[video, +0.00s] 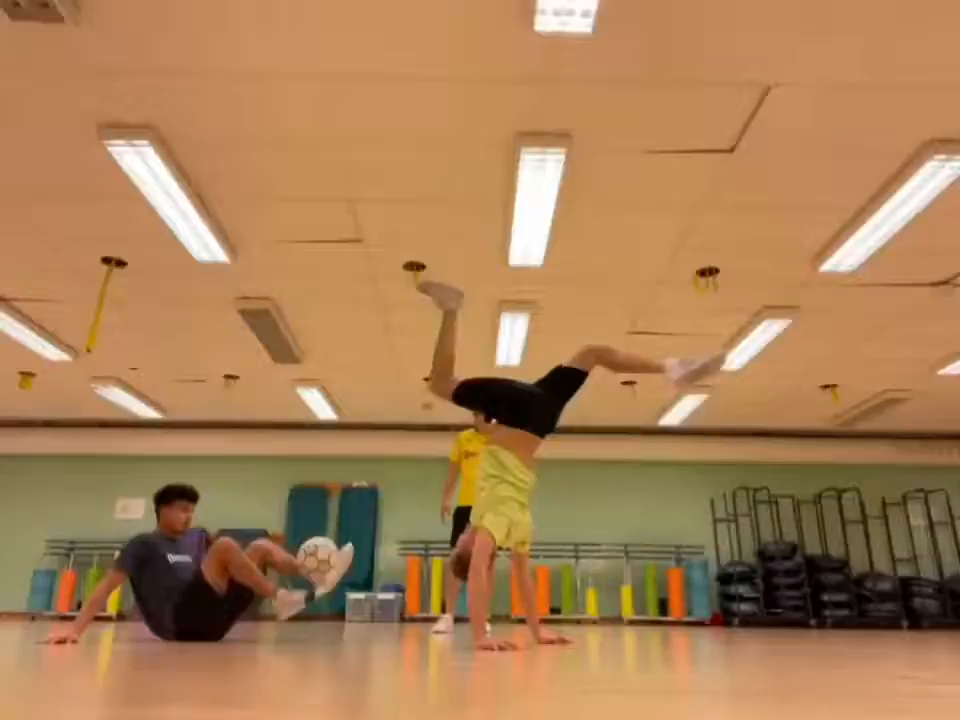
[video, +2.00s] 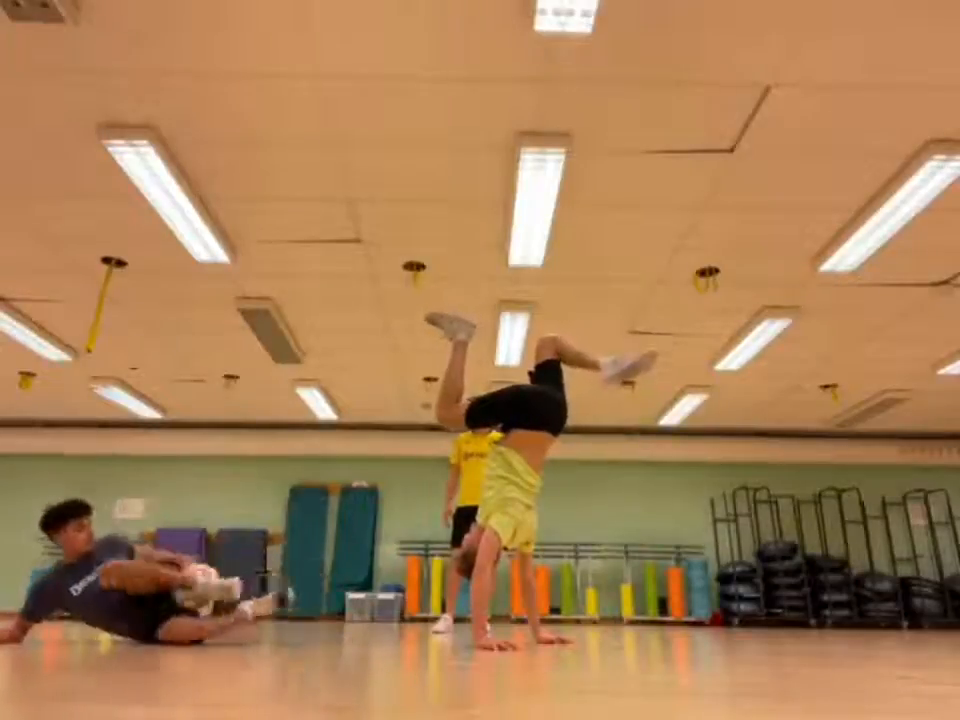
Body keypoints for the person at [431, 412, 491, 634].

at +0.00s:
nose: (478, 420)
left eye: (482, 415)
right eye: (475, 415)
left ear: (492, 417)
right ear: (472, 416)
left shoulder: (501, 439)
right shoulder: (464, 439)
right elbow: (453, 472)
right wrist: (446, 500)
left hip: (493, 506)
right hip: (467, 504)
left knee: (487, 565)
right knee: (456, 562)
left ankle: (483, 619)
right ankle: (448, 613)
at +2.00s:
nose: (477, 421)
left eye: (481, 415)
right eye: (473, 414)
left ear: (492, 416)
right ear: (466, 416)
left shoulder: (500, 439)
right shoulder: (463, 440)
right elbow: (454, 473)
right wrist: (449, 502)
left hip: (492, 504)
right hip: (466, 504)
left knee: (488, 564)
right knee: (457, 560)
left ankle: (483, 618)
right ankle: (449, 613)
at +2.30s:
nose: (478, 420)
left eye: (482, 414)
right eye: (474, 414)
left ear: (492, 416)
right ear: (467, 415)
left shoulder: (499, 439)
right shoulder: (462, 440)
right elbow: (454, 473)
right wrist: (449, 502)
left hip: (492, 504)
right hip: (466, 504)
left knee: (488, 564)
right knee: (457, 560)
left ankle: (483, 618)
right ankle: (449, 613)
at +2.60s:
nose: (477, 419)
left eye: (482, 413)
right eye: (474, 413)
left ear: (492, 415)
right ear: (467, 415)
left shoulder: (500, 439)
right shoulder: (462, 440)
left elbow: (507, 471)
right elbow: (454, 473)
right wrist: (449, 502)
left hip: (492, 504)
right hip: (466, 504)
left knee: (489, 564)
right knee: (457, 559)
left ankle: (483, 618)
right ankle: (449, 613)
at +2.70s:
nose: (476, 419)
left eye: (480, 413)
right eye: (473, 413)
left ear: (491, 415)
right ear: (467, 416)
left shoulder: (499, 439)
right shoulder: (462, 440)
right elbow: (454, 473)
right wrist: (448, 503)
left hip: (492, 504)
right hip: (466, 504)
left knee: (490, 564)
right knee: (456, 558)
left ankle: (484, 618)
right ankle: (449, 613)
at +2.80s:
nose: (476, 420)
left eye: (480, 414)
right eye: (473, 414)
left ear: (491, 416)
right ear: (467, 417)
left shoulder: (499, 440)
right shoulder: (462, 440)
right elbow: (454, 473)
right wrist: (448, 503)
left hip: (492, 504)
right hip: (466, 504)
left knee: (490, 564)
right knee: (456, 558)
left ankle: (483, 618)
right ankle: (449, 613)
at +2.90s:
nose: (476, 418)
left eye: (481, 412)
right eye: (473, 412)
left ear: (492, 415)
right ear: (466, 415)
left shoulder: (499, 439)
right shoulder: (462, 440)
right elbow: (454, 473)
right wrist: (448, 503)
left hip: (492, 504)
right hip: (466, 504)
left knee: (490, 565)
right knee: (456, 558)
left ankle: (483, 618)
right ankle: (449, 613)